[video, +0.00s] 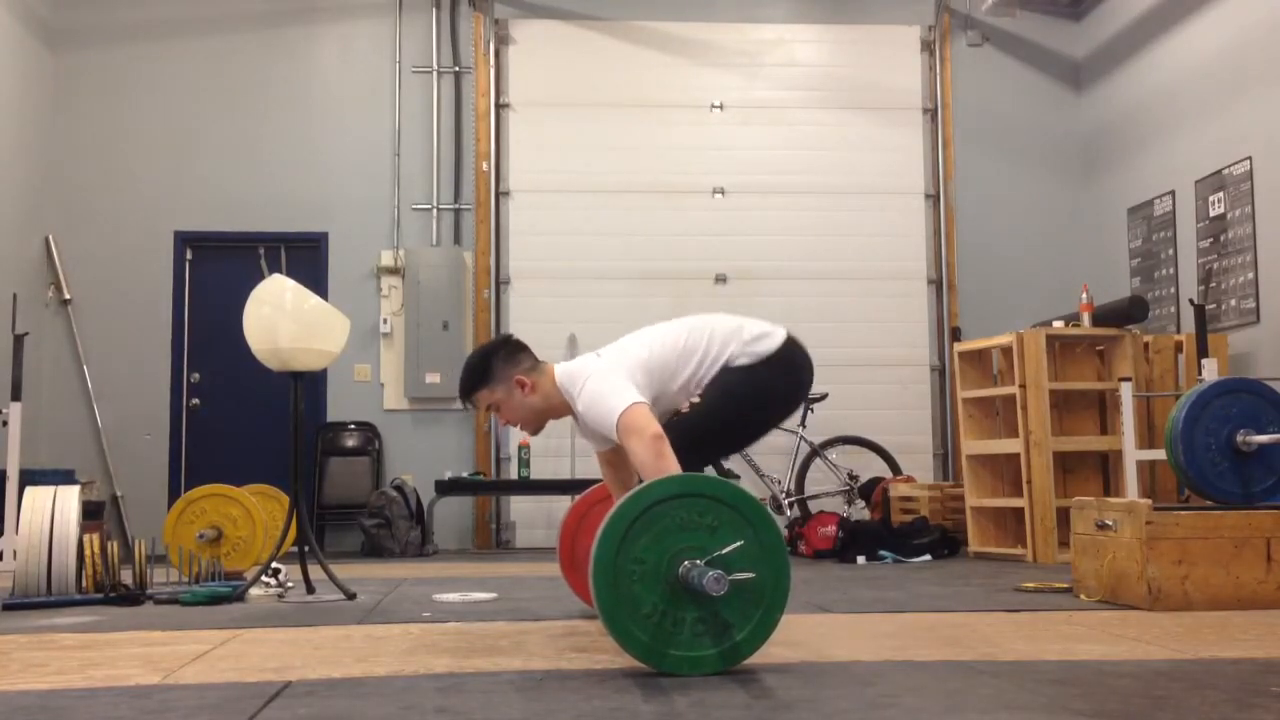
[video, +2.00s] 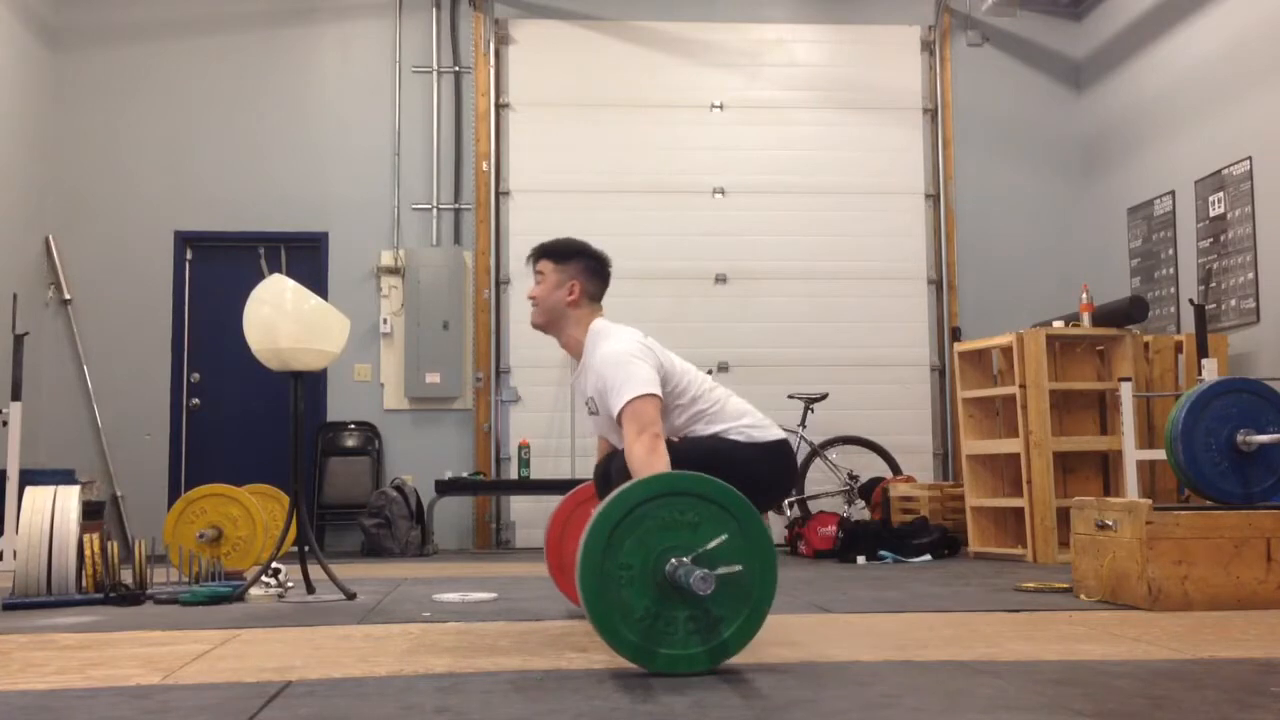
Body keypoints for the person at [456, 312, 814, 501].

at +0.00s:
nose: (501, 422)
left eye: (496, 408)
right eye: (492, 413)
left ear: (523, 386)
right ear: (524, 384)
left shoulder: (594, 385)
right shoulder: (583, 403)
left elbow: (652, 444)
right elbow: (621, 481)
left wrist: (679, 539)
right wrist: (640, 553)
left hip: (771, 362)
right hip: (747, 365)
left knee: (668, 456)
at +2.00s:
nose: (530, 293)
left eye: (540, 280)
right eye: (534, 281)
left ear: (571, 292)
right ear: (568, 294)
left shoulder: (616, 351)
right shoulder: (590, 367)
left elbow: (648, 439)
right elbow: (607, 460)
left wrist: (663, 528)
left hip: (762, 457)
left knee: (627, 469)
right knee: (609, 473)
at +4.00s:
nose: (635, 321)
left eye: (641, 307)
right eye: (634, 309)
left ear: (677, 307)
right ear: (677, 309)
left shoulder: (726, 349)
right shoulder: (688, 364)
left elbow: (739, 275)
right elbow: (694, 307)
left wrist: (765, 188)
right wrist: (690, 257)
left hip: (794, 529)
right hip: (744, 527)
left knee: (690, 488)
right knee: (642, 495)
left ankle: (773, 607)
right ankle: (727, 594)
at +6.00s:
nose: (672, 89)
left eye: (683, 74)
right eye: (665, 78)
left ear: (716, 68)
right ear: (661, 82)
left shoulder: (737, 124)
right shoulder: (701, 140)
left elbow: (770, 202)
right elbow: (707, 236)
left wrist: (751, 292)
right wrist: (680, 305)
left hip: (739, 318)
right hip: (706, 320)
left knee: (757, 457)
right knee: (721, 458)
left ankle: (778, 608)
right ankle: (730, 594)